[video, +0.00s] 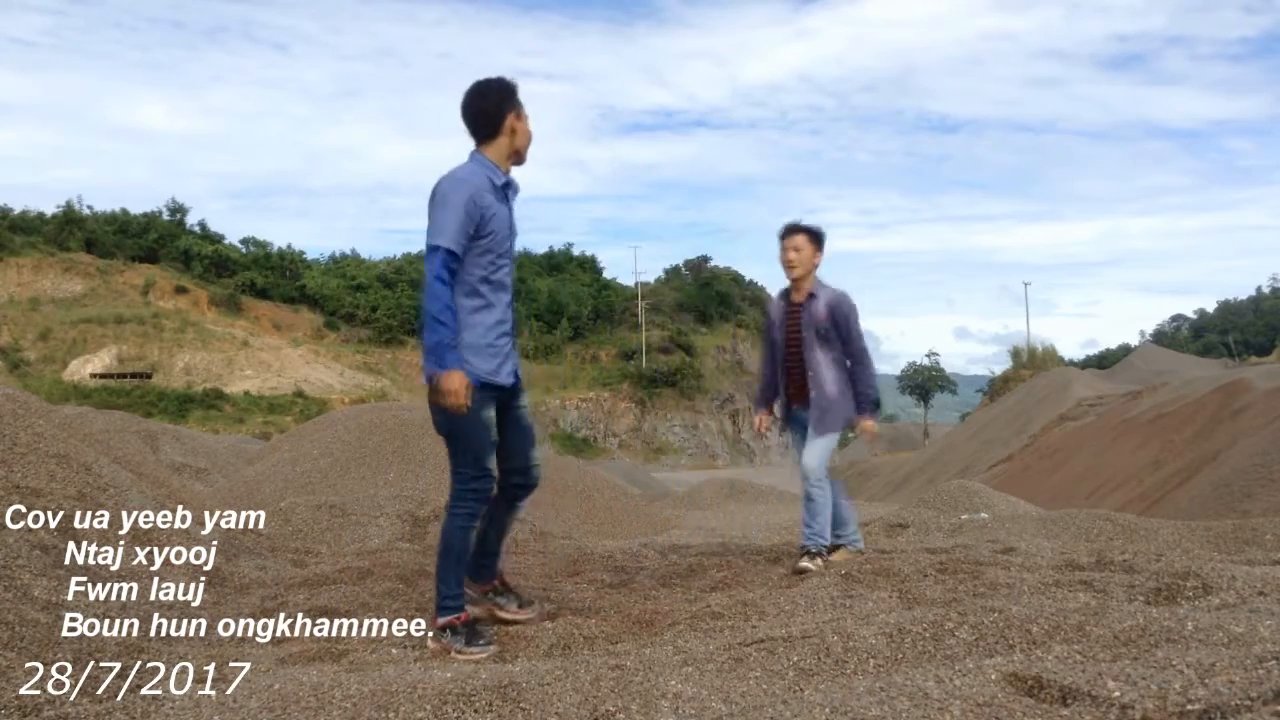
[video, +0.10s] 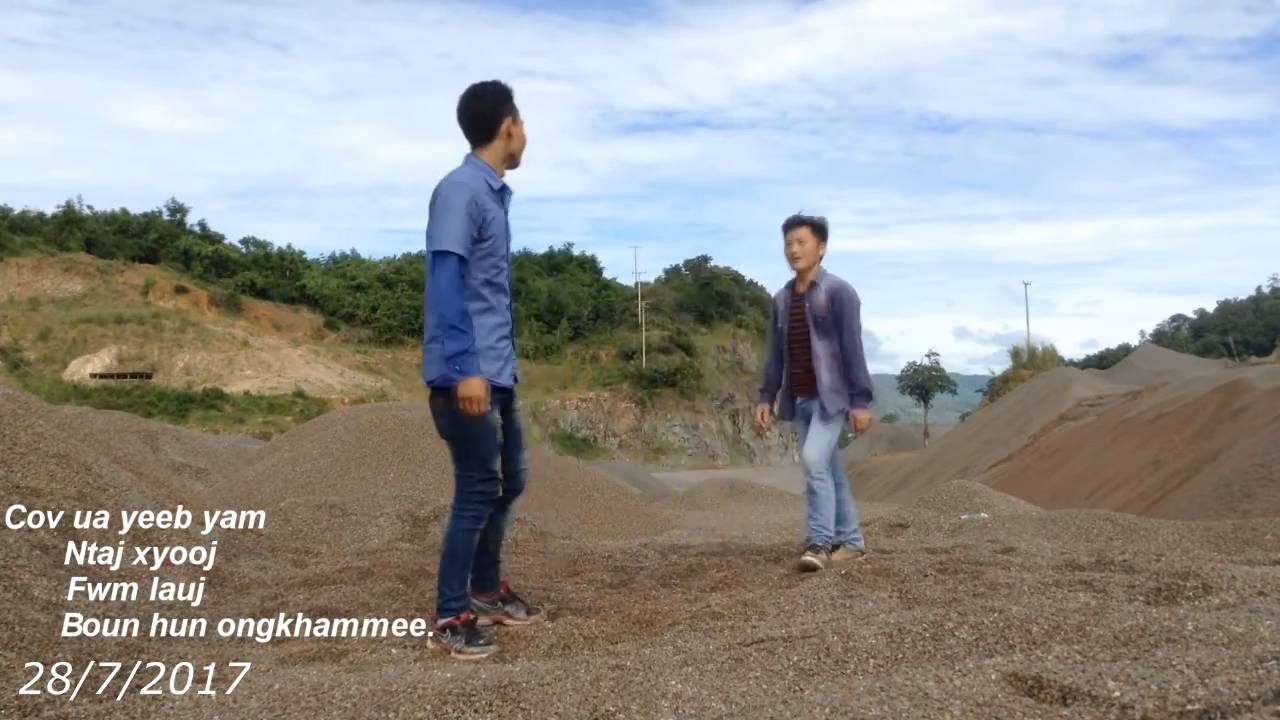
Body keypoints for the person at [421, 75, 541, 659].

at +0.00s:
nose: (531, 129)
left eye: (527, 117)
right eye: (527, 118)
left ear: (492, 126)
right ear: (513, 123)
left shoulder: (499, 192)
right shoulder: (459, 187)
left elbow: (485, 283)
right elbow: (437, 278)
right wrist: (446, 365)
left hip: (501, 370)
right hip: (463, 372)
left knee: (519, 476)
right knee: (472, 485)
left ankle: (481, 579)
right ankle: (447, 618)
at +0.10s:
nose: (525, 134)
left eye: (522, 122)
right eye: (522, 123)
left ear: (485, 129)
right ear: (509, 127)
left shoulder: (489, 194)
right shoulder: (459, 189)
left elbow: (483, 291)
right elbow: (446, 283)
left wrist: (501, 365)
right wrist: (464, 368)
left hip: (496, 372)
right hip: (466, 374)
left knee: (509, 479)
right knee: (477, 488)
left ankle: (484, 589)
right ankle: (450, 615)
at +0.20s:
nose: (520, 133)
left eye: (516, 122)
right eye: (516, 123)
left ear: (480, 128)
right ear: (503, 126)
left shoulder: (483, 190)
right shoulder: (458, 189)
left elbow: (482, 282)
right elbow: (454, 283)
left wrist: (506, 338)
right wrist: (480, 367)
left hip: (489, 365)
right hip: (465, 368)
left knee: (495, 481)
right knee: (476, 488)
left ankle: (483, 590)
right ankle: (450, 615)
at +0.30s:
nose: (518, 132)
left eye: (513, 122)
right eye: (514, 122)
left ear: (478, 130)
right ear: (500, 127)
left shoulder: (483, 191)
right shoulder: (461, 188)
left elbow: (487, 287)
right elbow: (462, 284)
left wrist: (539, 311)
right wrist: (496, 362)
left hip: (486, 365)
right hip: (466, 367)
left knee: (492, 482)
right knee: (477, 486)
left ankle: (484, 590)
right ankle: (450, 615)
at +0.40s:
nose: (517, 133)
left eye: (512, 123)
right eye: (513, 122)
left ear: (475, 130)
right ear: (500, 126)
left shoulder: (482, 190)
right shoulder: (463, 188)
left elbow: (485, 284)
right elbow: (466, 282)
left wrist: (535, 308)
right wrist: (504, 361)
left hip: (486, 365)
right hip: (466, 368)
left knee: (495, 482)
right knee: (476, 486)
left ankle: (485, 590)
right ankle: (450, 616)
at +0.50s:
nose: (518, 135)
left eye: (514, 124)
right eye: (514, 124)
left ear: (475, 130)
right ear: (501, 127)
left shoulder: (480, 188)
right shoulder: (464, 188)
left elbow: (481, 282)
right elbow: (467, 281)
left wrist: (512, 337)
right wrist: (505, 362)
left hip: (485, 368)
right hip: (467, 371)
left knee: (503, 479)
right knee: (474, 488)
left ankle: (485, 590)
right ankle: (450, 616)